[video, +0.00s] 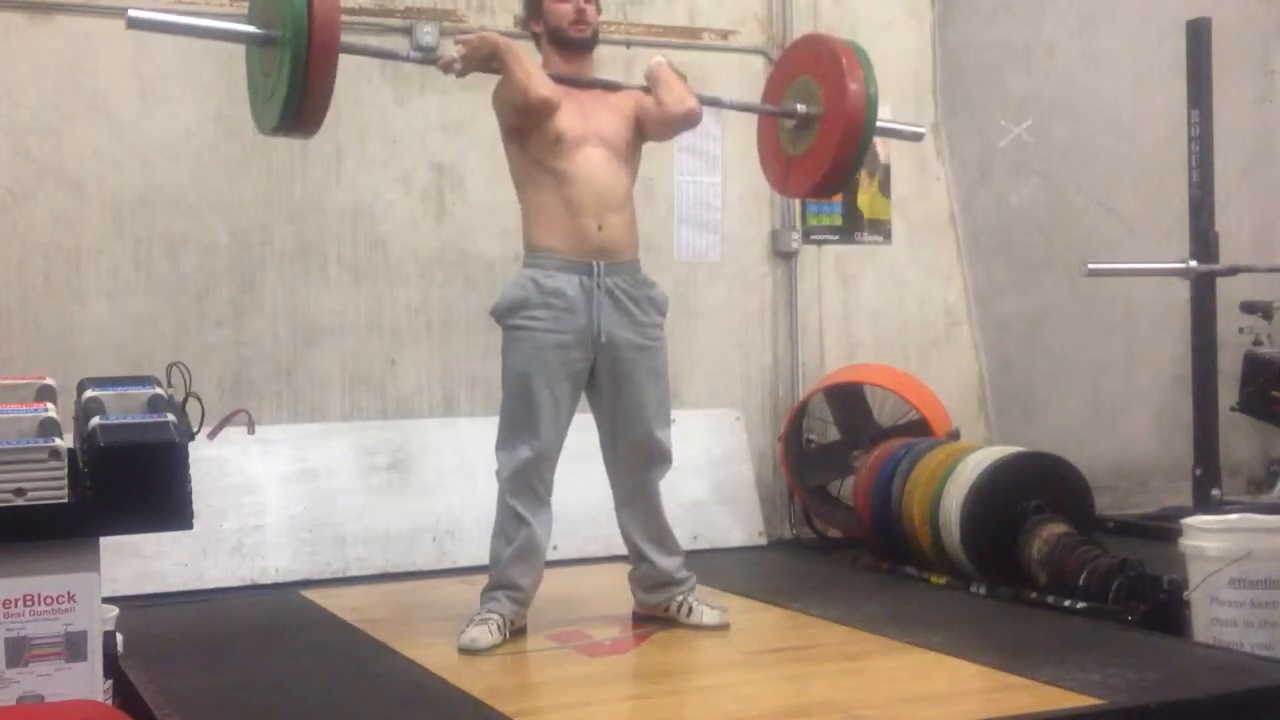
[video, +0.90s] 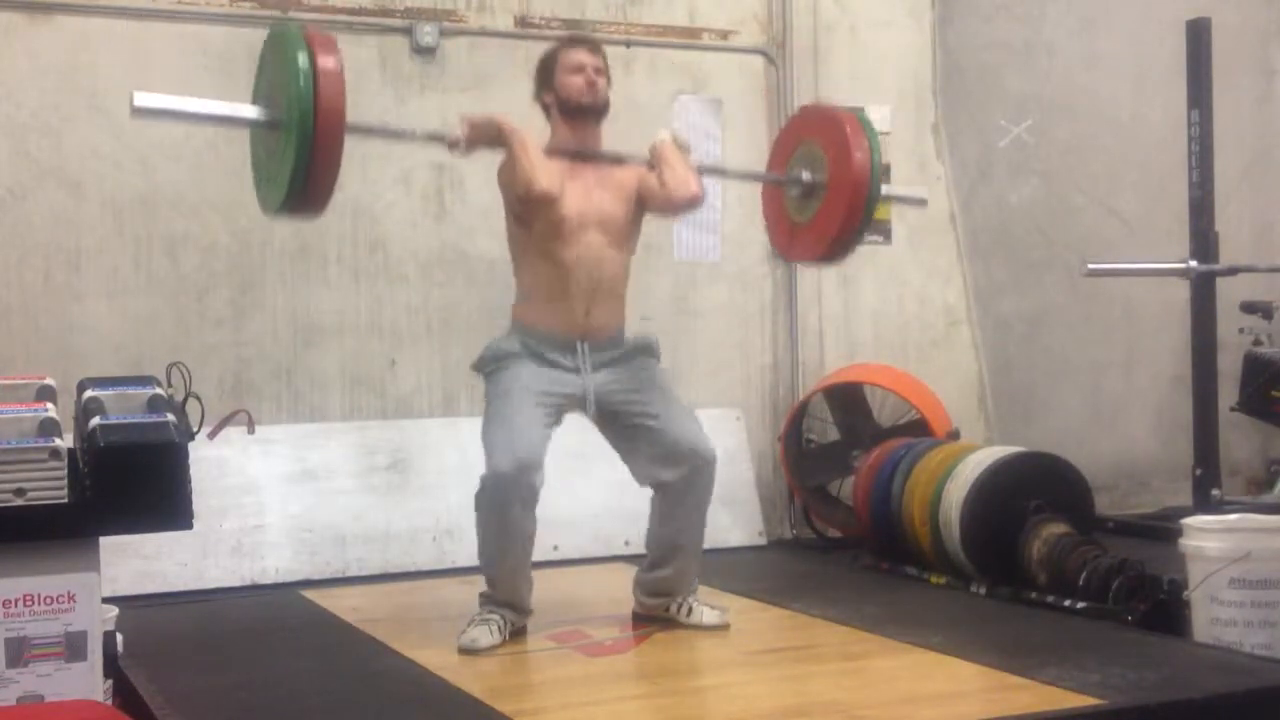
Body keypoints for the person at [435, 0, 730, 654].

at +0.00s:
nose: (582, 7)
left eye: (589, 0)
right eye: (565, 0)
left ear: (599, 18)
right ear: (537, 19)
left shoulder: (629, 102)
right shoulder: (524, 98)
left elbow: (684, 110)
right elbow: (536, 100)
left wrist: (656, 62)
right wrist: (505, 49)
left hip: (630, 293)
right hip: (548, 291)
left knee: (645, 450)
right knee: (528, 456)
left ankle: (661, 591)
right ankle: (504, 603)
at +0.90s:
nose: (591, 80)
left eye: (600, 72)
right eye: (576, 71)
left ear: (610, 91)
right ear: (548, 90)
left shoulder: (632, 173)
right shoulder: (529, 164)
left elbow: (686, 193)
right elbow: (533, 189)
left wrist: (664, 143)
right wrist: (509, 133)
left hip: (619, 360)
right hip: (533, 358)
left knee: (692, 457)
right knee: (509, 469)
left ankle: (663, 594)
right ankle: (502, 607)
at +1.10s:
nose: (595, 146)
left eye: (603, 140)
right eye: (580, 139)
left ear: (613, 159)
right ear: (551, 160)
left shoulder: (636, 241)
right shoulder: (528, 236)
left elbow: (689, 269)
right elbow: (544, 268)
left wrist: (669, 215)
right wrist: (513, 206)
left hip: (617, 410)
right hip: (533, 410)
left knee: (702, 469)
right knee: (504, 487)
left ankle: (662, 597)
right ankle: (503, 610)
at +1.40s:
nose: (597, 243)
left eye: (606, 236)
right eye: (583, 236)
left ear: (616, 253)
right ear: (553, 258)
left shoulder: (638, 337)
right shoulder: (531, 334)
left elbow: (691, 368)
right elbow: (553, 370)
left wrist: (672, 311)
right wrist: (514, 307)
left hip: (622, 498)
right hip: (548, 502)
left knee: (711, 474)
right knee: (501, 491)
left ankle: (662, 596)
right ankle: (504, 611)